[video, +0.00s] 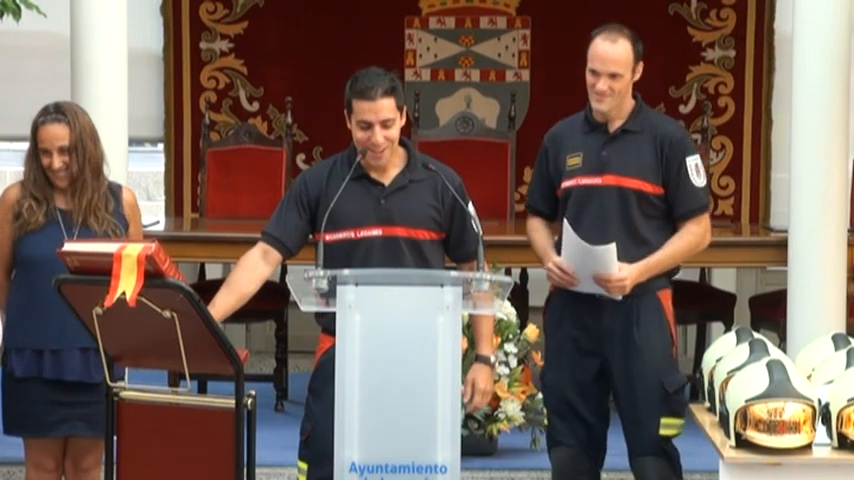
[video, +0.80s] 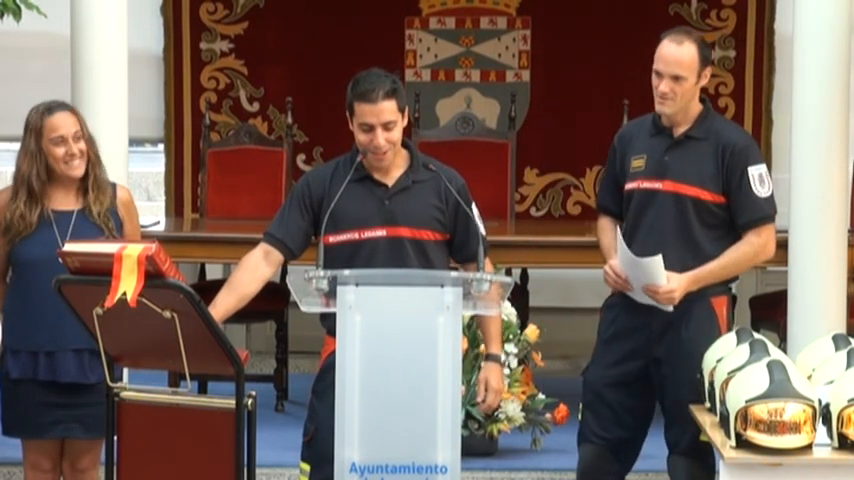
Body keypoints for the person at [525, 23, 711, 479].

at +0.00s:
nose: (601, 86)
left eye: (613, 75)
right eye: (594, 73)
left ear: (636, 74)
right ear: (584, 71)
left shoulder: (670, 139)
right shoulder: (560, 139)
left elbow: (698, 230)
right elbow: (537, 216)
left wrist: (639, 272)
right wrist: (548, 256)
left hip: (639, 314)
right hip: (570, 313)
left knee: (651, 451)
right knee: (571, 452)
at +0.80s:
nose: (662, 87)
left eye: (675, 78)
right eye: (658, 75)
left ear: (703, 80)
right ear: (651, 73)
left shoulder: (735, 146)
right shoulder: (630, 138)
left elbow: (762, 243)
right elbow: (607, 214)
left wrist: (689, 282)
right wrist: (613, 258)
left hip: (695, 321)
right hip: (627, 314)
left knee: (691, 455)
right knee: (599, 450)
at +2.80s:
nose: (684, 94)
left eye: (694, 83)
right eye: (674, 81)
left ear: (708, 81)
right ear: (657, 76)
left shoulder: (738, 145)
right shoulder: (629, 141)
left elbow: (766, 241)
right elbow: (607, 218)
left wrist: (694, 280)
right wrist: (616, 261)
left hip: (700, 323)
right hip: (632, 316)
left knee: (693, 456)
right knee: (608, 451)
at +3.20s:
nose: (687, 99)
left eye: (696, 88)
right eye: (677, 87)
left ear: (709, 83)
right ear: (659, 80)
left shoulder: (741, 145)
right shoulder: (627, 142)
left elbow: (772, 229)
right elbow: (608, 223)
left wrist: (758, 287)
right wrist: (625, 287)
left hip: (706, 315)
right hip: (634, 311)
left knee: (696, 448)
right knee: (609, 442)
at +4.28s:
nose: (633, 116)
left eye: (643, 104)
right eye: (625, 105)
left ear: (669, 93)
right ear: (616, 98)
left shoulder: (715, 147)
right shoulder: (599, 154)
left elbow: (758, 222)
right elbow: (581, 232)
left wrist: (709, 259)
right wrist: (595, 295)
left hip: (693, 320)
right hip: (618, 320)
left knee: (691, 451)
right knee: (599, 450)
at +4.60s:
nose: (596, 90)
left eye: (607, 78)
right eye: (594, 79)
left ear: (642, 77)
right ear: (596, 80)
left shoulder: (688, 142)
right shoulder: (590, 142)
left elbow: (720, 238)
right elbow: (579, 228)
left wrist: (640, 263)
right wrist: (556, 258)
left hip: (661, 314)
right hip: (596, 312)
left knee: (669, 456)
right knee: (560, 450)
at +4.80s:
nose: (565, 80)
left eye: (576, 71)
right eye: (565, 70)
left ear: (612, 73)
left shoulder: (646, 140)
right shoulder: (570, 140)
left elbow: (660, 242)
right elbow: (563, 218)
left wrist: (576, 264)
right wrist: (527, 240)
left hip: (621, 312)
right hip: (564, 311)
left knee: (639, 451)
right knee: (542, 446)